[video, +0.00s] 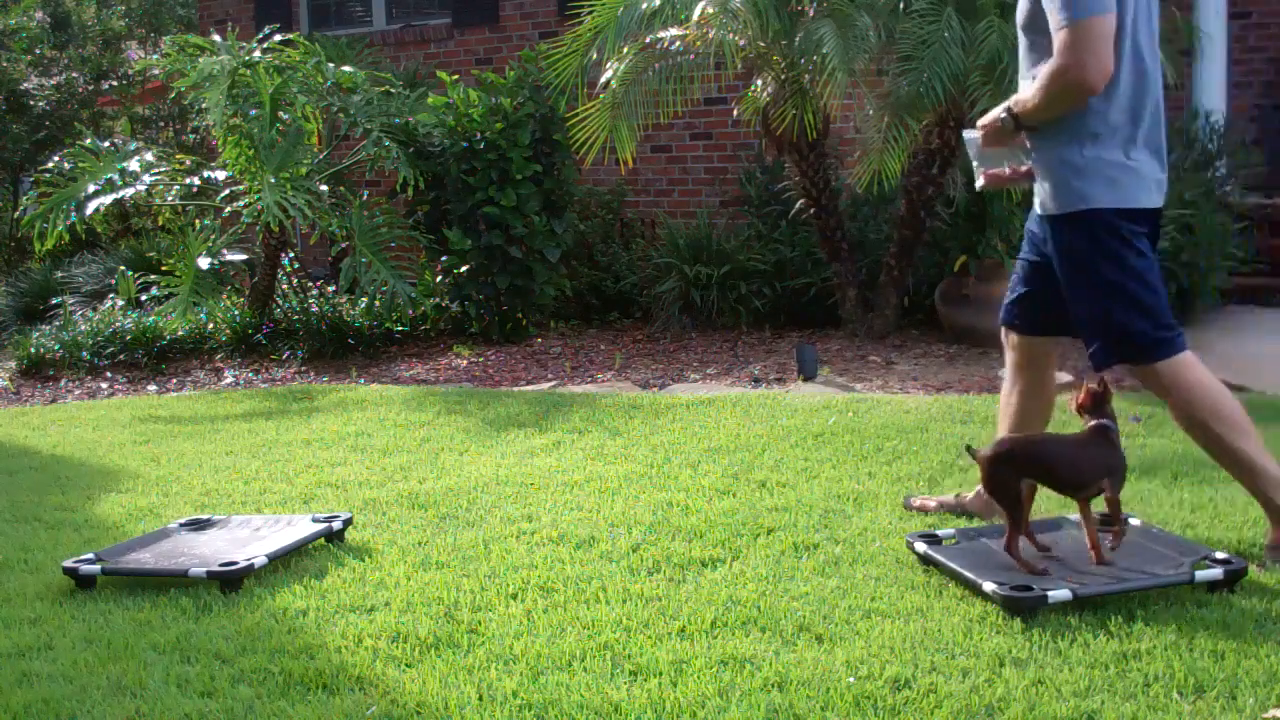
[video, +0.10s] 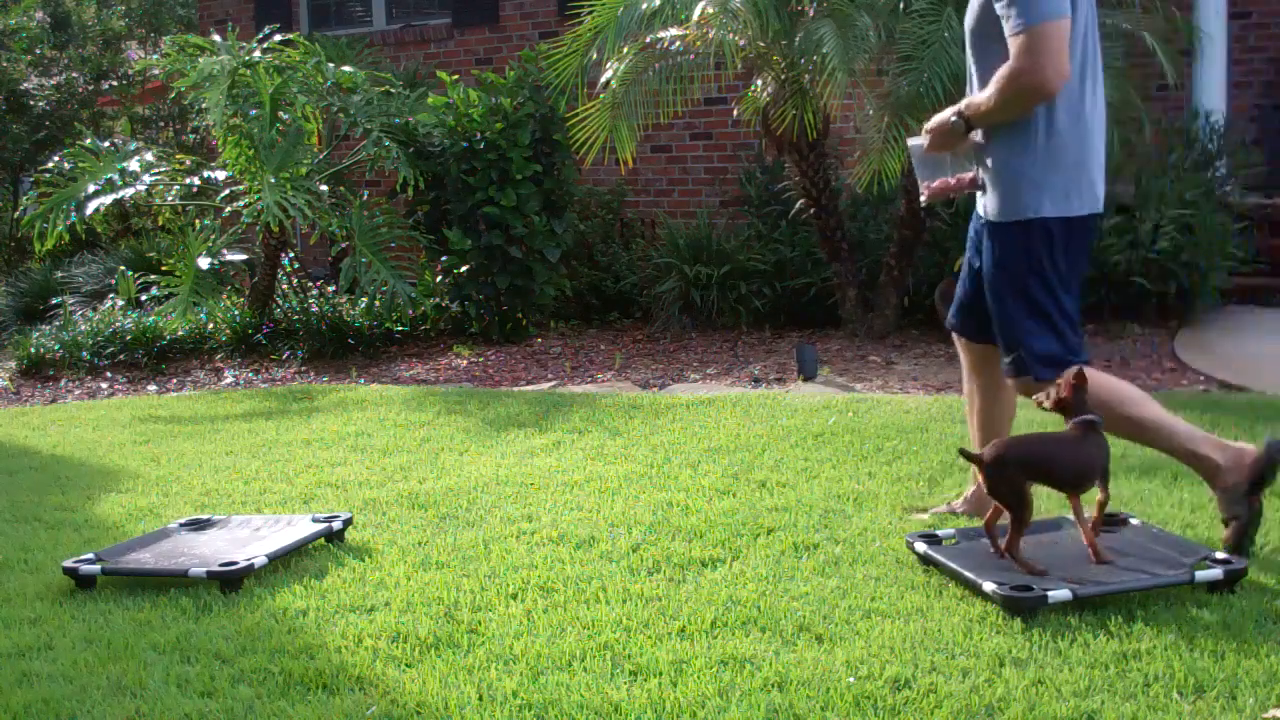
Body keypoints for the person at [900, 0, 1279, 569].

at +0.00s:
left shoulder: (1083, 0)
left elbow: (1083, 68)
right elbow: (1113, 84)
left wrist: (1011, 114)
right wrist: (1040, 156)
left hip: (1094, 186)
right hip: (1073, 184)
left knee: (1160, 359)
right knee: (1026, 332)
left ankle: (1278, 504)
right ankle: (1001, 494)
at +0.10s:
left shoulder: (1032, 1)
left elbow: (1041, 71)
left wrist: (962, 117)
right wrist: (980, 171)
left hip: (1041, 189)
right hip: (1015, 191)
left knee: (1043, 375)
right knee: (973, 328)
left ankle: (1226, 463)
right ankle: (988, 493)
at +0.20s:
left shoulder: (995, 3)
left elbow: (1002, 65)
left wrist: (917, 110)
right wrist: (917, 165)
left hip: (986, 180)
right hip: (1001, 178)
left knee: (926, 348)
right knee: (974, 341)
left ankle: (1113, 408)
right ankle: (982, 493)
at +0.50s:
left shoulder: (863, 1)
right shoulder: (829, 8)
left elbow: (880, 78)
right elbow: (860, 93)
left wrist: (788, 117)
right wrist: (785, 164)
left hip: (840, 188)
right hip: (881, 185)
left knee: (750, 335)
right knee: (920, 335)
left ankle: (695, 504)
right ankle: (979, 487)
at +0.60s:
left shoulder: (799, 2)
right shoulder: (809, 4)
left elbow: (814, 98)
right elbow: (796, 94)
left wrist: (731, 132)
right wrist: (727, 130)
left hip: (782, 203)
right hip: (826, 199)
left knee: (711, 355)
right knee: (874, 341)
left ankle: (671, 520)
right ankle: (967, 478)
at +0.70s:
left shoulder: (733, 2)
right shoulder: (757, 4)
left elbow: (743, 103)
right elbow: (752, 104)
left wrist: (666, 134)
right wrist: (676, 163)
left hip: (725, 198)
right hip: (764, 194)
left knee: (662, 348)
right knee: (781, 342)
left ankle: (663, 521)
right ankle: (912, 452)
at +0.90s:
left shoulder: (643, 3)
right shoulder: (626, 6)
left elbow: (645, 98)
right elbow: (629, 93)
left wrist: (574, 120)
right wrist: (568, 138)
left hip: (651, 193)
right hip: (633, 190)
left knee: (630, 352)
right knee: (579, 311)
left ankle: (660, 521)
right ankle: (713, 420)